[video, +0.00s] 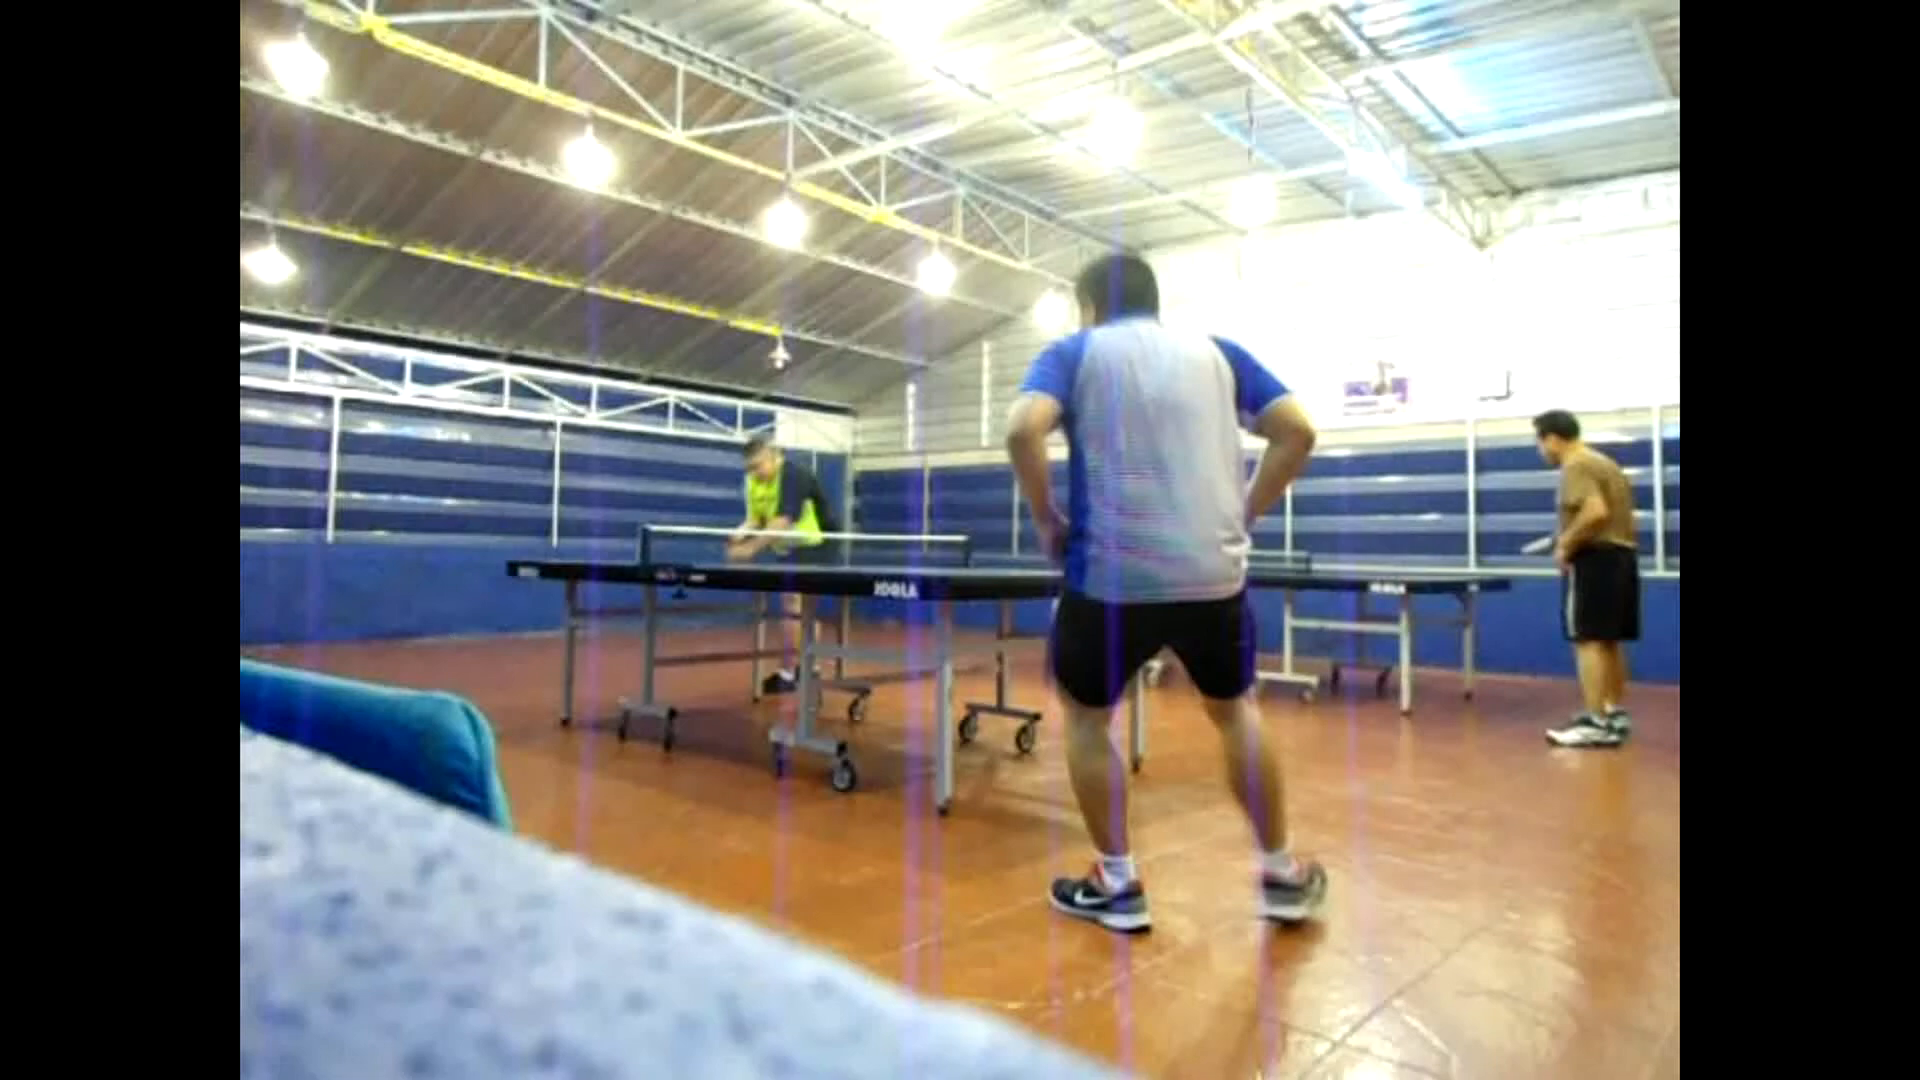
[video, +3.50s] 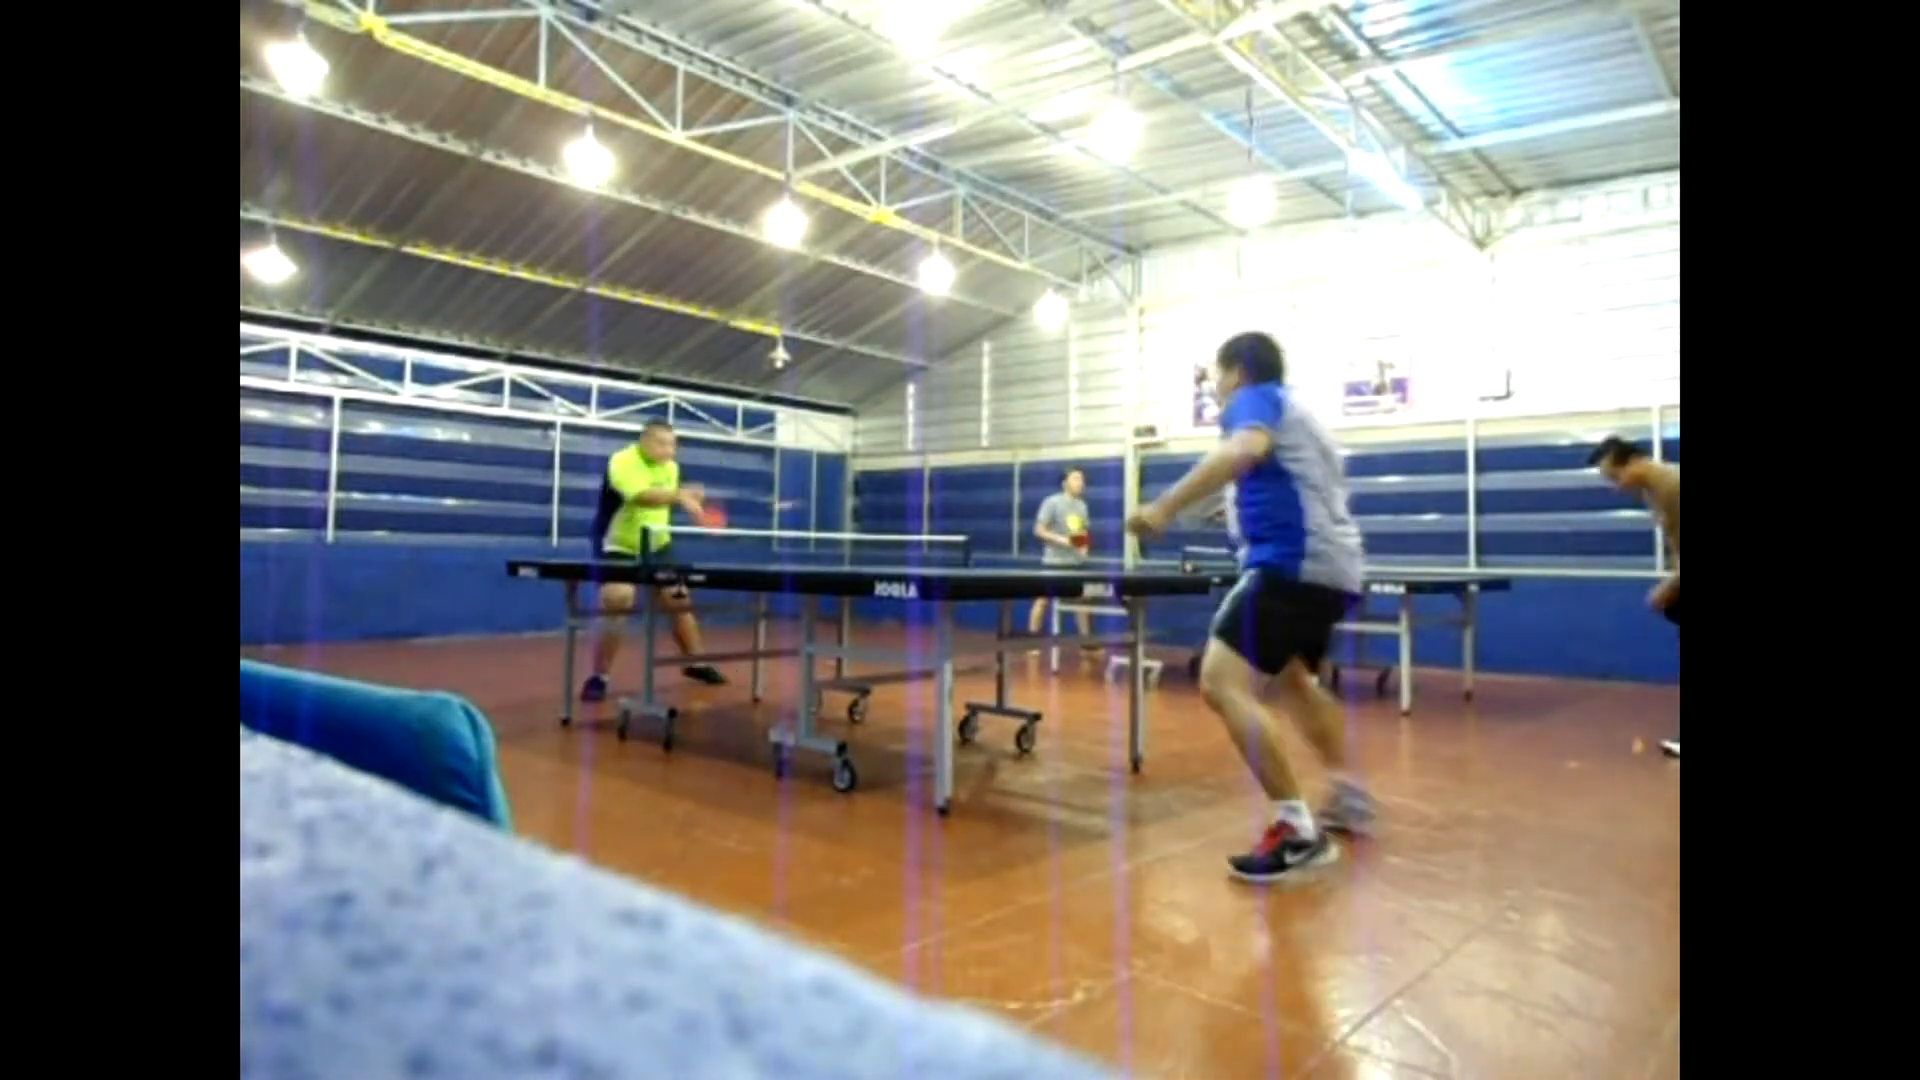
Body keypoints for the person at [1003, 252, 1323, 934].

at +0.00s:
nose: (1078, 317)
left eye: (1081, 307)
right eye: (1081, 307)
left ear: (1093, 306)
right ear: (1152, 301)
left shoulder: (1074, 352)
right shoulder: (1214, 352)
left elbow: (1025, 428)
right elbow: (1295, 433)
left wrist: (1046, 517)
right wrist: (1247, 512)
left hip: (1113, 582)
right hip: (1210, 579)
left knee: (1088, 719)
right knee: (1236, 711)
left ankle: (1116, 881)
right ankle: (1279, 870)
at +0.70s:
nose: (1105, 406)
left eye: (1107, 397)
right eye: (1107, 399)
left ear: (1120, 391)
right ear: (1179, 392)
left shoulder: (1114, 411)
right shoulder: (1242, 430)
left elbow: (1086, 468)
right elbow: (1308, 508)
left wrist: (1084, 566)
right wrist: (1259, 565)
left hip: (1159, 592)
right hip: (1251, 601)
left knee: (1061, 719)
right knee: (1241, 719)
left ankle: (987, 880)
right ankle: (1282, 866)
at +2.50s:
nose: (1140, 365)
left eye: (1143, 357)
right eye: (1144, 357)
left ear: (1152, 358)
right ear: (1202, 361)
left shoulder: (1132, 404)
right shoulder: (1235, 425)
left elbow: (1079, 454)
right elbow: (1246, 501)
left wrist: (1022, 472)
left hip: (1144, 590)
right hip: (1219, 597)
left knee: (1081, 698)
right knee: (1235, 707)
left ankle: (1055, 849)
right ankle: (1268, 837)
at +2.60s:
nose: (1143, 357)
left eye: (1146, 349)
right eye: (1146, 350)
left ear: (1157, 348)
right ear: (1202, 351)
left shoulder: (1158, 378)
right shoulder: (1231, 407)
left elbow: (1108, 410)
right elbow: (1222, 481)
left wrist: (1014, 422)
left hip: (1171, 563)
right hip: (1236, 567)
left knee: (1104, 670)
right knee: (1221, 679)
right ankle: (1267, 790)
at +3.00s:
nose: (1151, 451)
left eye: (1153, 444)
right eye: (1151, 446)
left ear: (1166, 438)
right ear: (1198, 435)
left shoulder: (1190, 446)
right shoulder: (1207, 473)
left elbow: (1187, 474)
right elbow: (1166, 529)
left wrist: (1128, 488)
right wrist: (1109, 522)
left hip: (1238, 591)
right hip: (1271, 594)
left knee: (1167, 695)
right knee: (1215, 679)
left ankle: (1221, 811)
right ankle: (1206, 772)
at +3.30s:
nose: (1183, 428)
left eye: (1187, 417)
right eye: (1185, 417)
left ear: (1204, 416)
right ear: (1233, 414)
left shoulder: (1228, 443)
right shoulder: (1262, 456)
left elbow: (1215, 482)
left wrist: (1133, 519)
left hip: (1257, 601)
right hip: (1286, 604)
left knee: (1206, 710)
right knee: (1219, 678)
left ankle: (1296, 833)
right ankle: (1220, 766)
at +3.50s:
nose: (1216, 386)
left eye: (1220, 376)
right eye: (1217, 376)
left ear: (1240, 371)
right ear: (1269, 372)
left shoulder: (1254, 399)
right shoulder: (1297, 415)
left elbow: (1248, 448)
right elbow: (1320, 493)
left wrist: (1163, 509)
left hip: (1290, 567)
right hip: (1333, 570)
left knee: (1220, 680)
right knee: (1292, 675)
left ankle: (1296, 827)